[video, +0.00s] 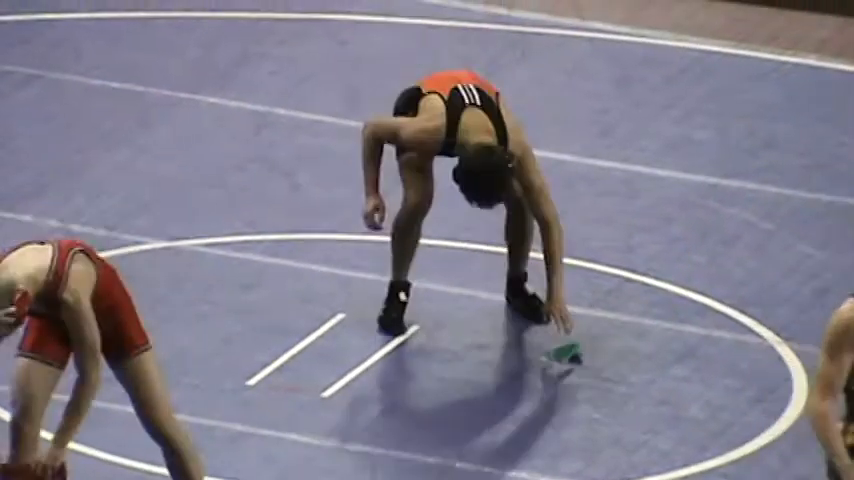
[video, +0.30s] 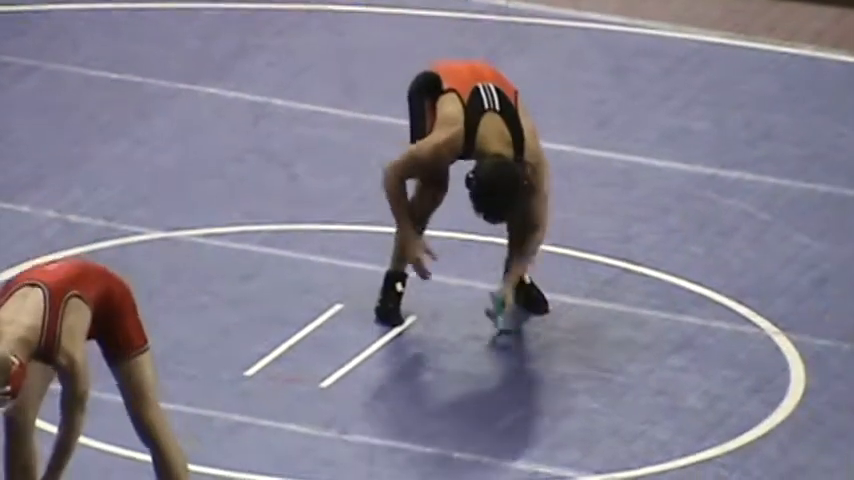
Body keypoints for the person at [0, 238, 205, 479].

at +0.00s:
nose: (10, 331)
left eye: (8, 328)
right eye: (6, 328)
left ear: (19, 309)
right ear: (12, 309)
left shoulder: (71, 292)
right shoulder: (6, 281)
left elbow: (90, 376)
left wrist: (58, 447)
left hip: (103, 301)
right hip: (48, 308)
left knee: (159, 423)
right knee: (22, 420)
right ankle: (22, 471)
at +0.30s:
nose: (11, 402)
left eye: (11, 396)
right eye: (7, 397)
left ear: (18, 368)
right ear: (12, 366)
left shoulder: (66, 351)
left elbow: (71, 426)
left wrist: (51, 475)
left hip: (104, 292)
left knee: (148, 422)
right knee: (17, 420)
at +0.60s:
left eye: (11, 426)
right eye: (9, 428)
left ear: (24, 402)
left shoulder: (74, 370)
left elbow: (83, 423)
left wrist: (55, 472)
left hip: (109, 293)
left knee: (157, 429)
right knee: (24, 427)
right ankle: (23, 474)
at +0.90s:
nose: (14, 443)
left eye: (13, 438)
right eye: (10, 440)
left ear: (30, 409)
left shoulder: (81, 385)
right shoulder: (4, 365)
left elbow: (87, 422)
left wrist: (51, 471)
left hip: (118, 297)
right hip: (61, 289)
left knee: (162, 430)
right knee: (32, 435)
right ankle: (27, 474)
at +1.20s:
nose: (23, 439)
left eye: (19, 436)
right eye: (16, 439)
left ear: (32, 410)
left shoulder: (83, 383)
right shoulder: (4, 363)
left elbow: (94, 416)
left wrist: (55, 468)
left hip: (125, 296)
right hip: (69, 288)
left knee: (167, 430)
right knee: (37, 435)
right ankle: (33, 476)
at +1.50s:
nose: (19, 435)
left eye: (15, 432)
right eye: (14, 434)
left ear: (31, 408)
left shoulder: (82, 382)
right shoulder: (4, 362)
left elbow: (92, 414)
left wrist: (53, 463)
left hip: (126, 296)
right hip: (69, 287)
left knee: (168, 429)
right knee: (36, 436)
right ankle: (32, 476)